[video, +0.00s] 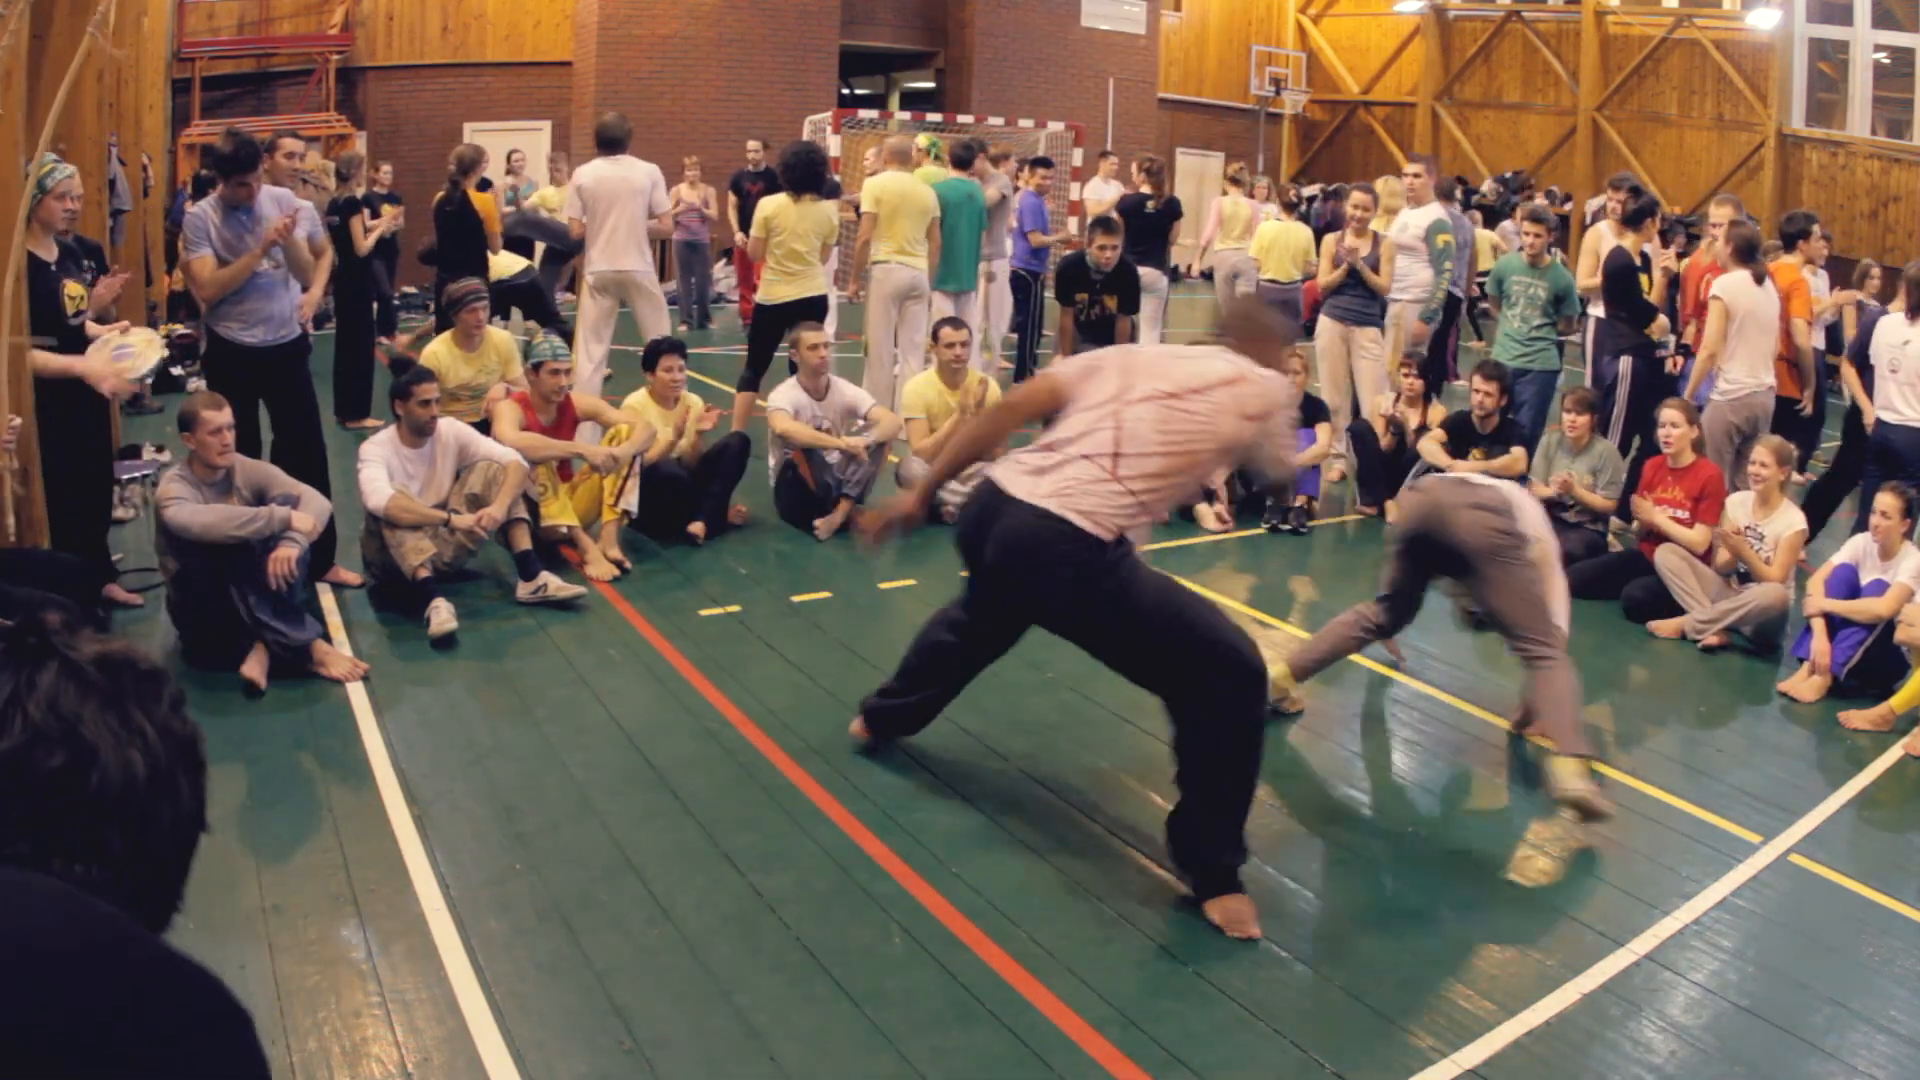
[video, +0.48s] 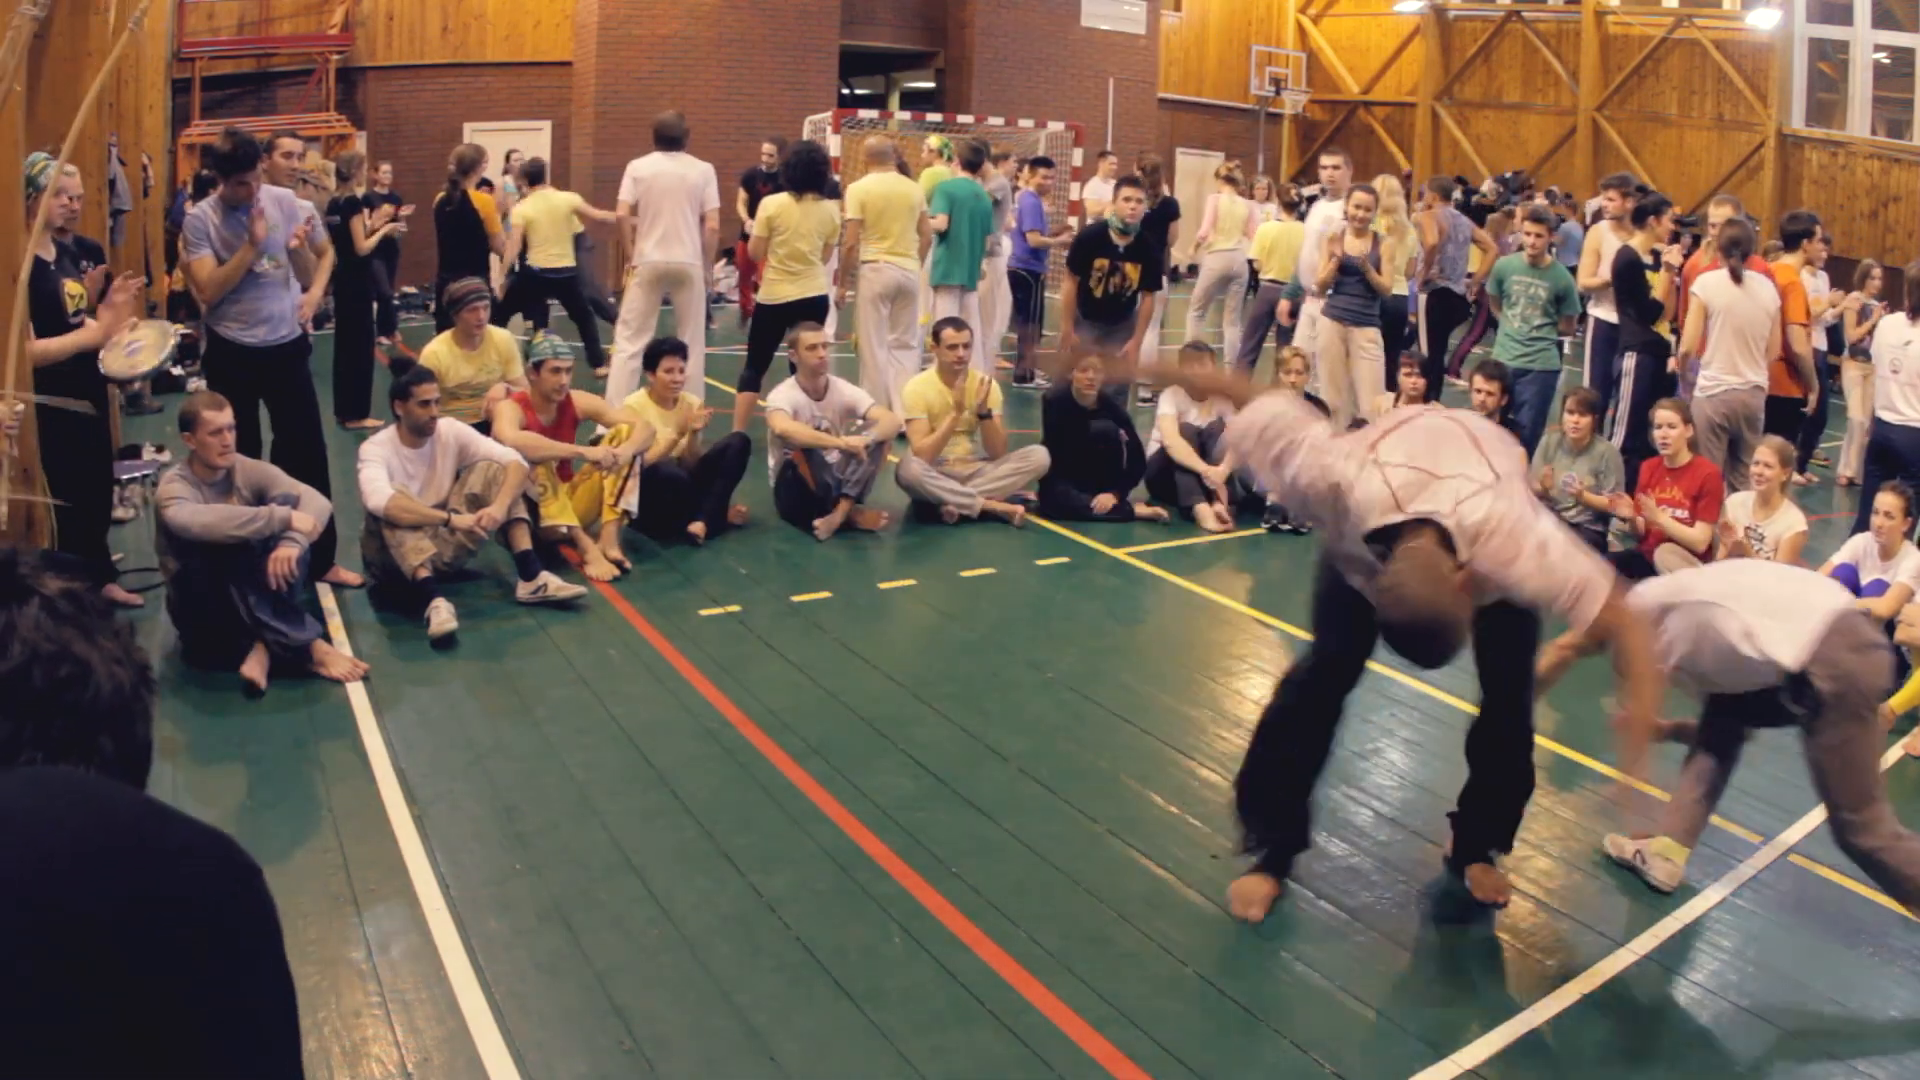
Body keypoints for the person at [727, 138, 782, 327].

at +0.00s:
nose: (752, 155)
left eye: (756, 151)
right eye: (749, 151)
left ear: (765, 152)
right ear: (745, 153)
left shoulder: (773, 176)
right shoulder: (738, 178)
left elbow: (779, 204)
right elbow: (732, 206)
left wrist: (775, 228)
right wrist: (736, 231)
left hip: (767, 232)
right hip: (745, 233)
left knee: (765, 276)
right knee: (745, 279)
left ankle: (766, 315)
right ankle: (747, 316)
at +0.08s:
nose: (753, 155)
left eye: (758, 151)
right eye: (751, 151)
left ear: (768, 153)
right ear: (748, 153)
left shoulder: (775, 176)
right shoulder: (741, 176)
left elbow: (781, 204)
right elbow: (733, 204)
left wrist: (775, 228)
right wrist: (737, 229)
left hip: (768, 231)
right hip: (746, 232)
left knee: (764, 275)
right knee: (745, 277)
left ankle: (766, 313)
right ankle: (747, 315)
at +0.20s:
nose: (758, 156)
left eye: (762, 152)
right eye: (755, 152)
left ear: (772, 154)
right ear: (752, 153)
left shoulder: (779, 177)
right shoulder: (744, 176)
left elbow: (784, 206)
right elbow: (736, 203)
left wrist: (774, 227)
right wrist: (740, 225)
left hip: (770, 230)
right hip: (748, 231)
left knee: (765, 274)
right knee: (745, 276)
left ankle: (766, 313)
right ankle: (747, 315)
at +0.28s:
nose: (760, 157)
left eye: (765, 153)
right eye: (758, 153)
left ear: (775, 154)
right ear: (754, 154)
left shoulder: (781, 177)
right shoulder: (746, 176)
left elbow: (786, 206)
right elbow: (737, 202)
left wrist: (769, 226)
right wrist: (742, 223)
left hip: (771, 230)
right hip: (749, 231)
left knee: (765, 274)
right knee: (745, 275)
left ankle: (766, 313)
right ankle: (747, 313)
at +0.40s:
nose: (763, 159)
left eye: (768, 155)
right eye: (761, 154)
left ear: (778, 155)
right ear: (758, 153)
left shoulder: (783, 178)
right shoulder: (749, 175)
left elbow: (787, 206)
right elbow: (739, 201)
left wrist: (770, 220)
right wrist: (745, 219)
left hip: (772, 231)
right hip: (749, 231)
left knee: (766, 275)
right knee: (745, 275)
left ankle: (766, 312)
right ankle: (746, 312)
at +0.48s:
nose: (765, 159)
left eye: (770, 155)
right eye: (763, 154)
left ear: (780, 157)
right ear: (760, 154)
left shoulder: (785, 178)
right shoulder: (751, 176)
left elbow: (789, 205)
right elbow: (741, 202)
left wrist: (778, 221)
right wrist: (747, 220)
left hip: (775, 230)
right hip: (752, 229)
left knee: (769, 271)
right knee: (745, 272)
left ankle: (768, 308)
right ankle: (745, 308)